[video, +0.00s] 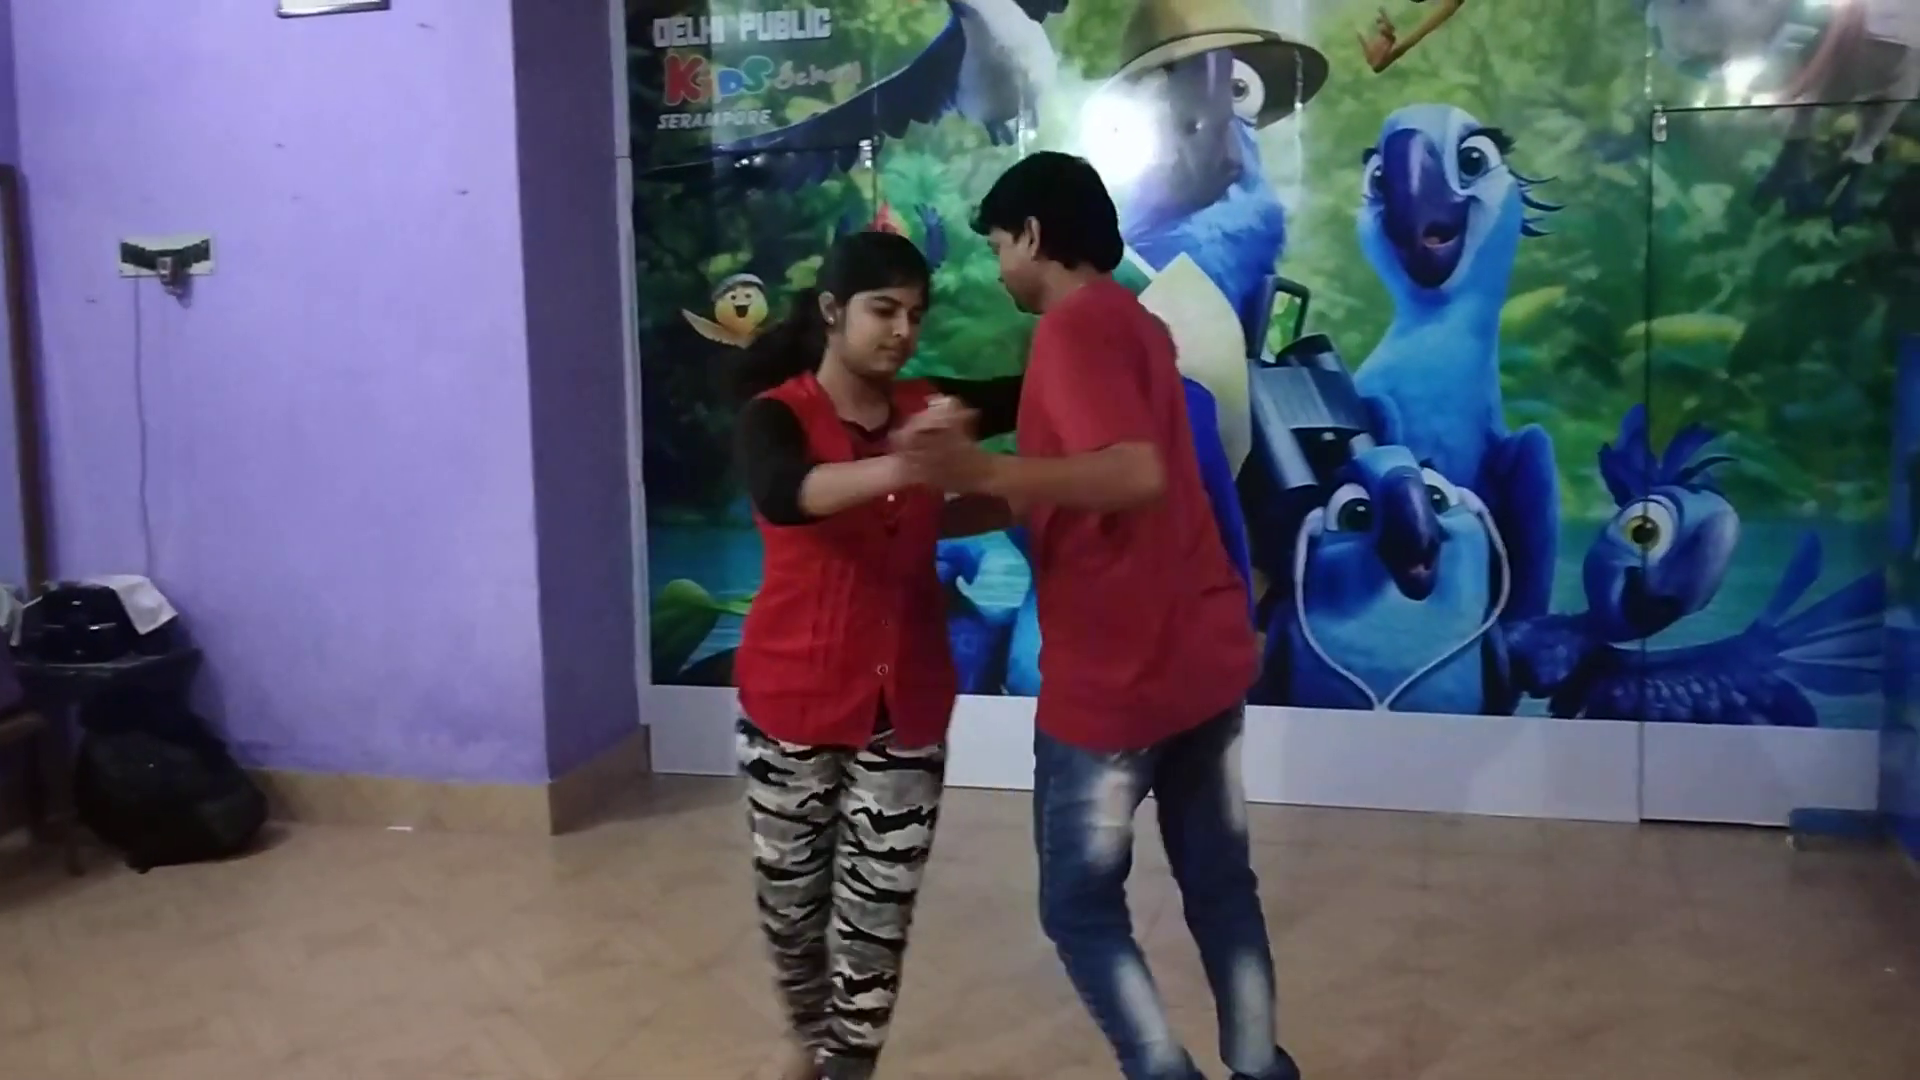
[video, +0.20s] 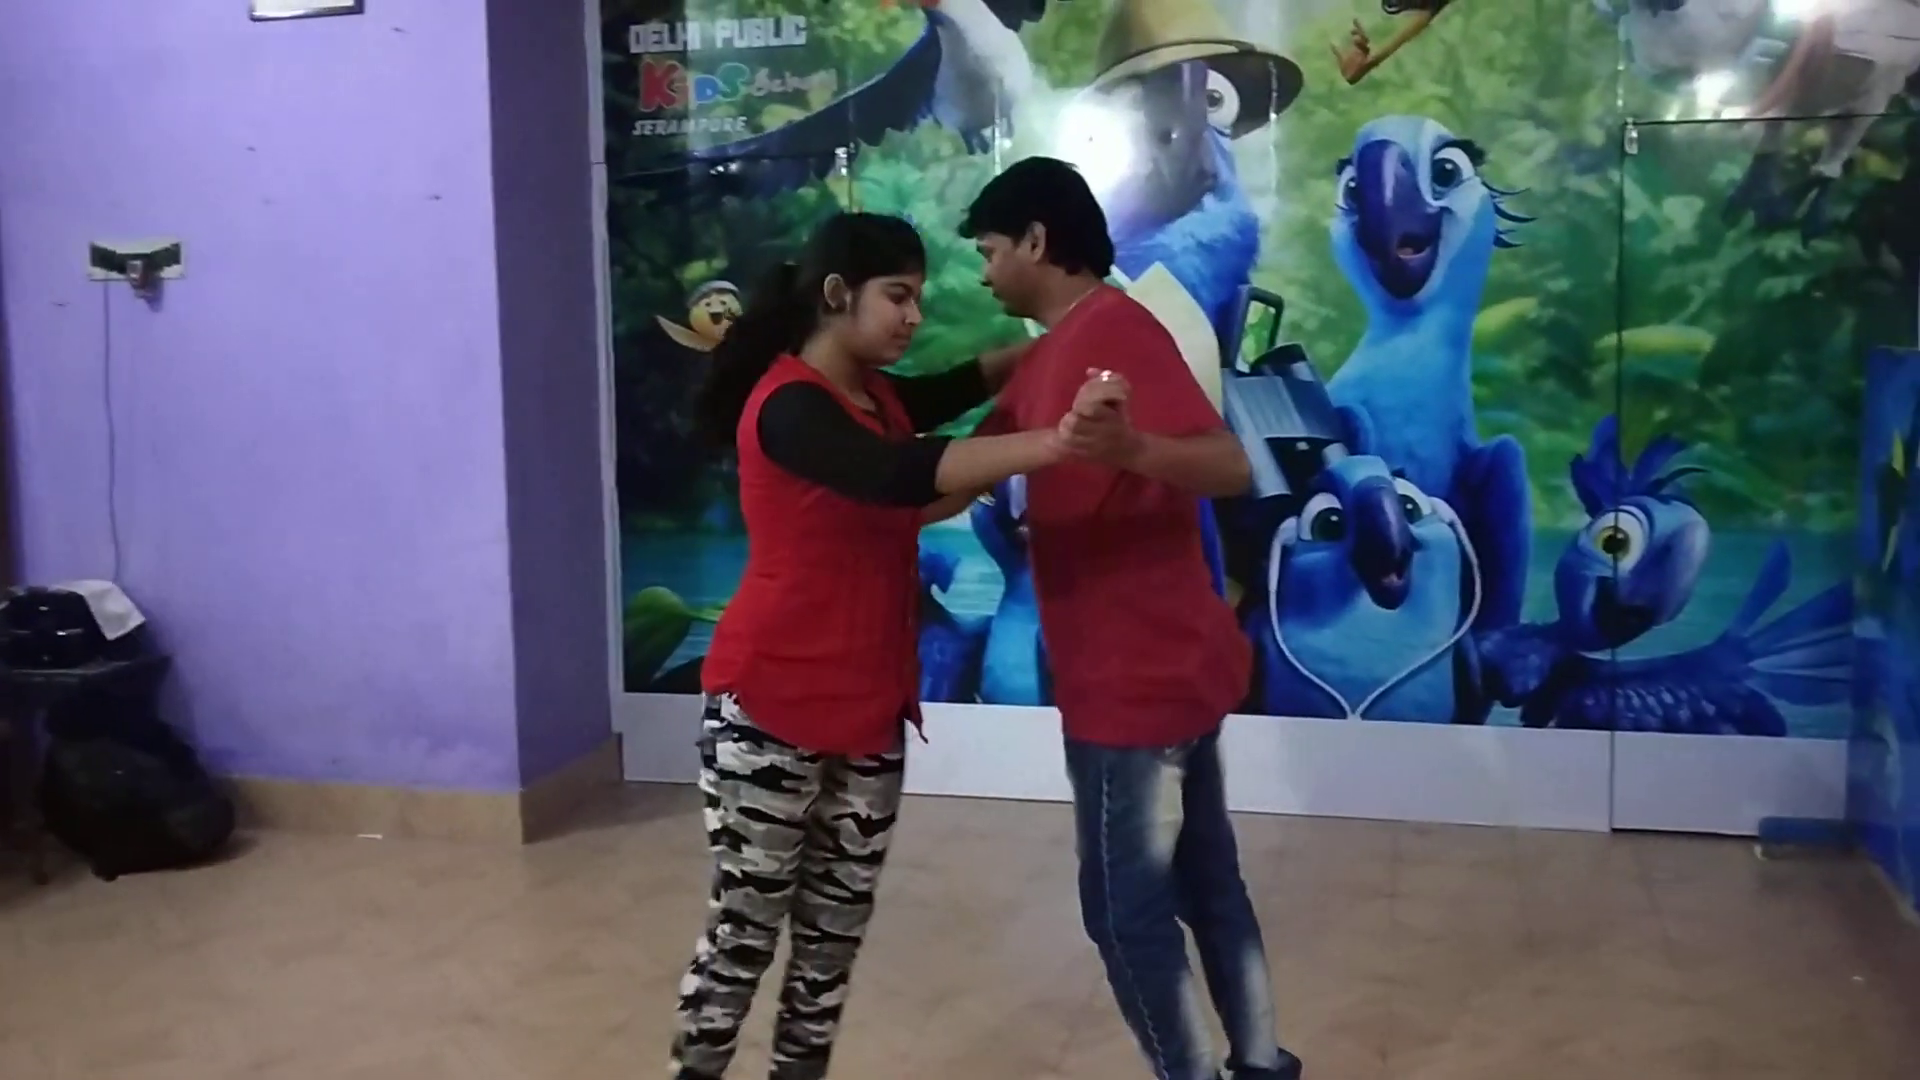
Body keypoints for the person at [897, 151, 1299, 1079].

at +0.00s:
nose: (995, 266)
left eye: (999, 244)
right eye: (994, 245)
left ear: (1036, 236)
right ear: (1081, 237)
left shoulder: (1075, 321)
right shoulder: (1135, 320)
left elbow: (1134, 469)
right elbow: (1081, 497)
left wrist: (986, 473)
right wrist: (975, 478)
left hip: (1111, 666)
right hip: (1203, 652)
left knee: (1082, 910)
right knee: (1219, 874)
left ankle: (1163, 1069)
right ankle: (1261, 1064)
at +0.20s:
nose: (983, 266)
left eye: (990, 246)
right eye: (981, 249)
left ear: (1039, 240)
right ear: (1049, 245)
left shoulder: (1118, 332)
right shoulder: (1047, 358)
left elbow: (1233, 467)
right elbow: (963, 472)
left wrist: (1133, 448)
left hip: (1137, 670)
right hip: (1157, 661)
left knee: (1125, 915)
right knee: (1212, 891)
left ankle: (1193, 1070)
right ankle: (1260, 1062)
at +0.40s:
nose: (942, 289)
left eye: (950, 268)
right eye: (938, 271)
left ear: (1003, 263)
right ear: (1008, 269)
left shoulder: (1084, 356)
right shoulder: (993, 383)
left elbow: (1208, 486)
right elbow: (927, 495)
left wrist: (1146, 479)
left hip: (1103, 694)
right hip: (1095, 686)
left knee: (1098, 931)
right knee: (1170, 914)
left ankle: (1168, 1072)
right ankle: (1223, 1069)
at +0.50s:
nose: (923, 305)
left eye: (931, 284)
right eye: (919, 288)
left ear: (974, 278)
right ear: (983, 283)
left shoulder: (1048, 366)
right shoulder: (977, 397)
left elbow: (1160, 499)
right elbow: (898, 481)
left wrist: (1119, 561)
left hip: (1090, 703)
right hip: (1036, 702)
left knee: (1077, 943)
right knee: (1061, 929)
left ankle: (1148, 1071)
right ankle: (1174, 1059)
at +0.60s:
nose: (887, 331)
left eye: (895, 310)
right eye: (888, 313)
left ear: (939, 304)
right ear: (972, 298)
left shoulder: (1012, 386)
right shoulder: (961, 404)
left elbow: (1108, 535)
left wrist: (1131, 674)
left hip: (1048, 721)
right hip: (995, 717)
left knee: (1039, 959)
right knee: (968, 926)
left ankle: (1115, 1067)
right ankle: (1069, 1053)